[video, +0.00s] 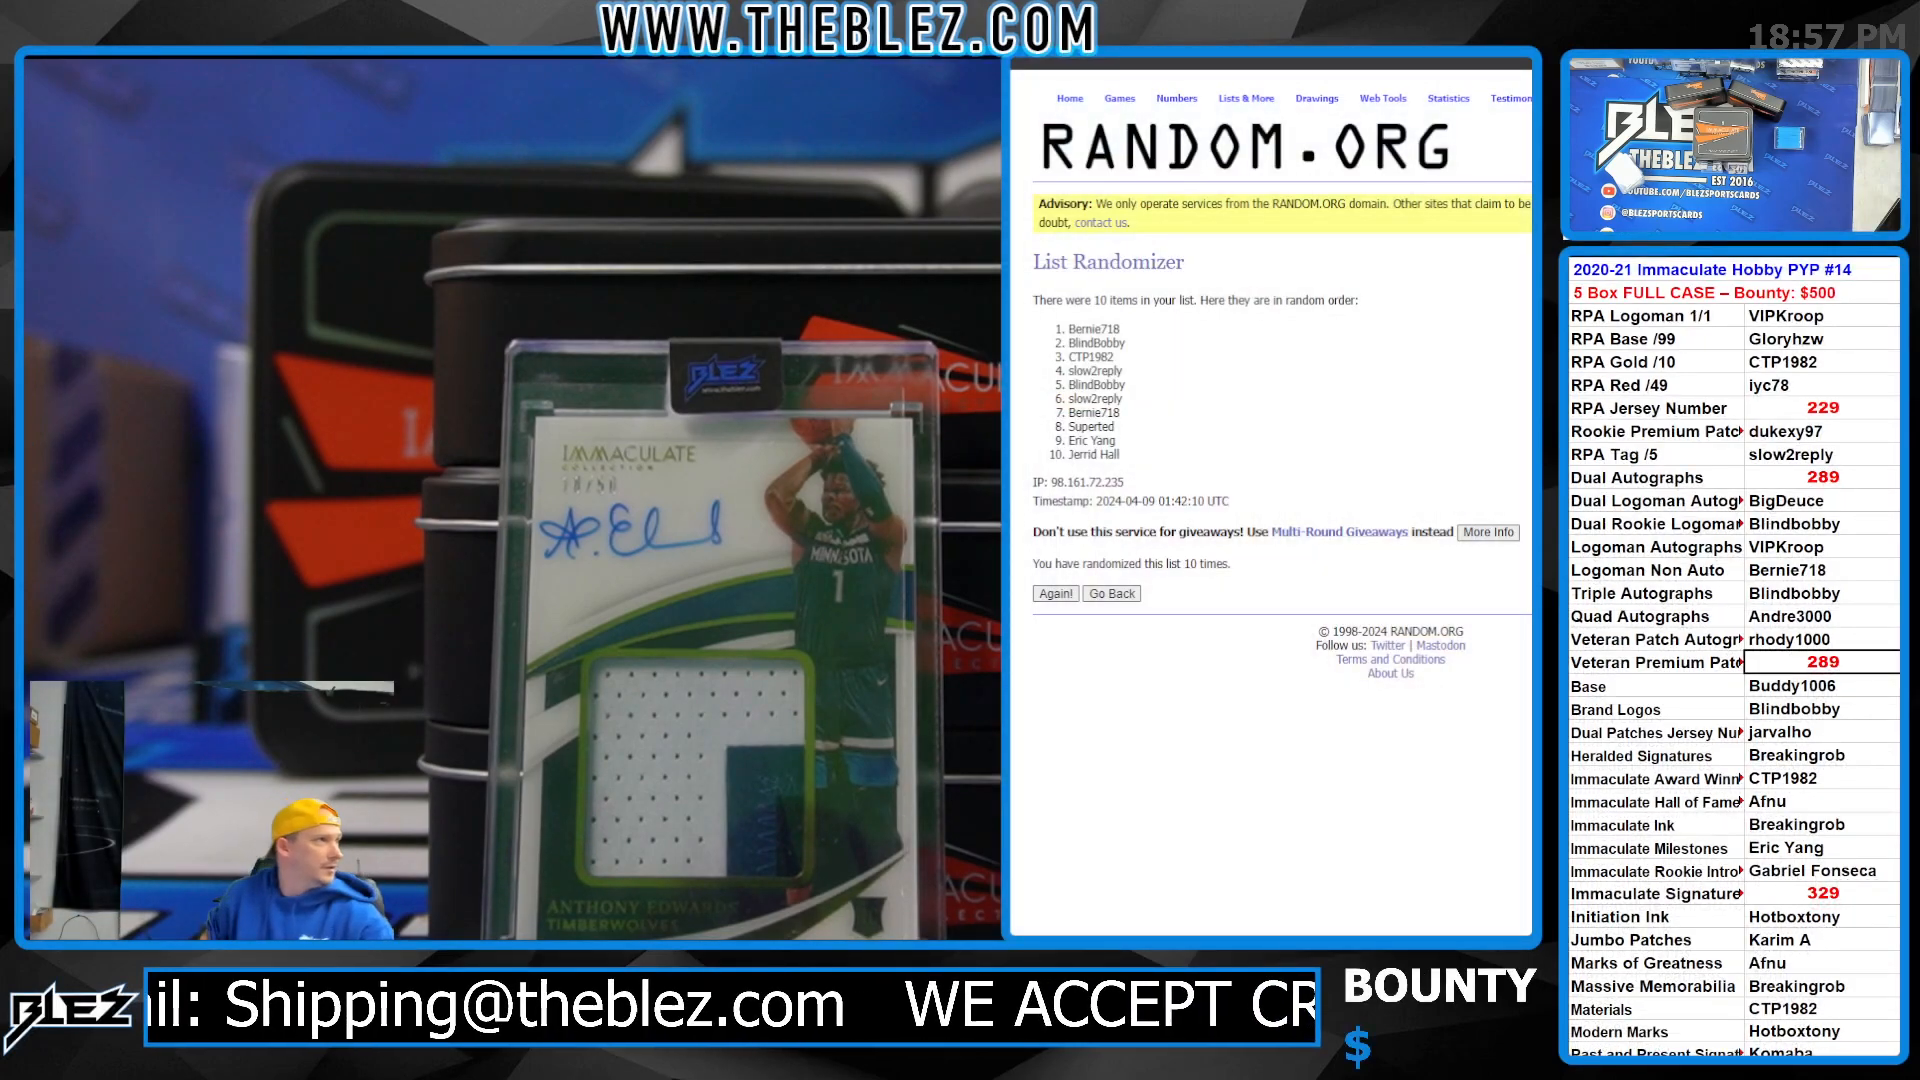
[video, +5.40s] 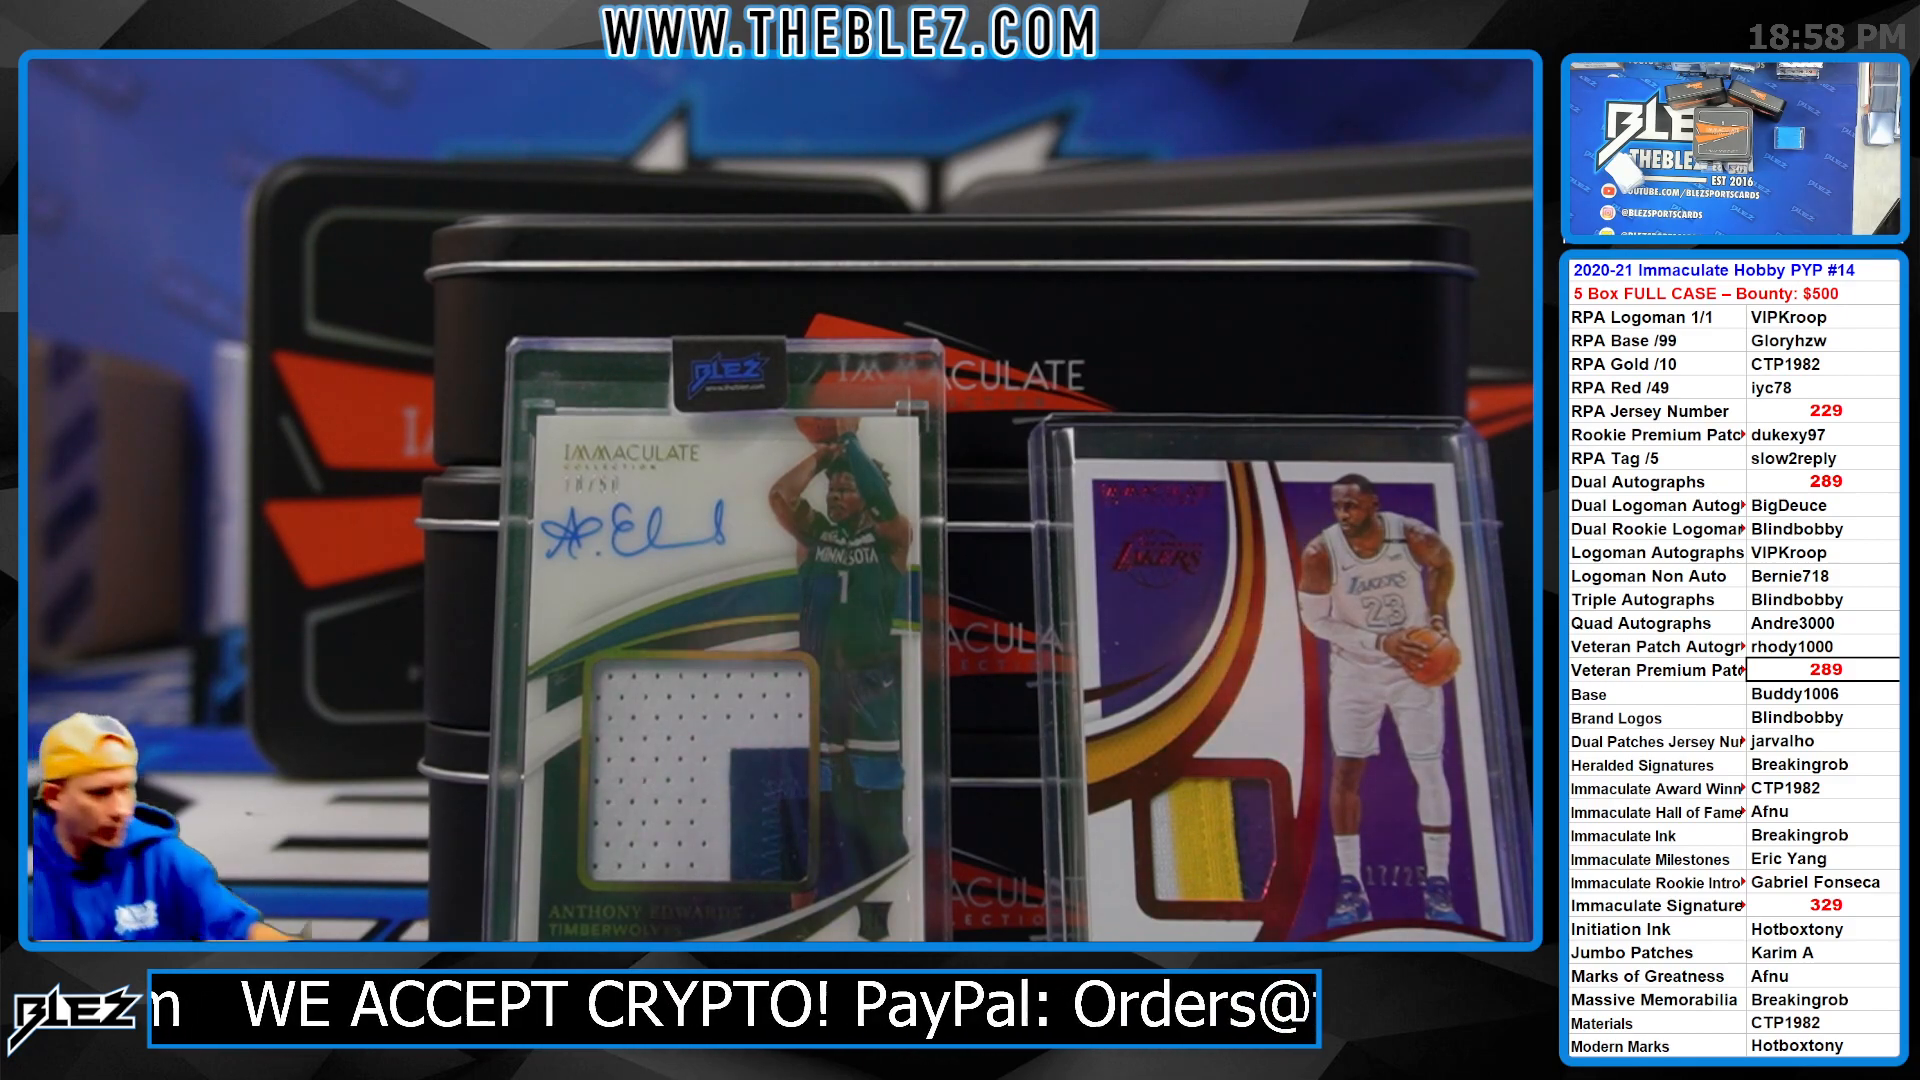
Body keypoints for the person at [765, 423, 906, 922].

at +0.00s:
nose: (835, 495)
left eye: (845, 488)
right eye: (829, 487)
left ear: (863, 495)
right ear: (821, 493)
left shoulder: (884, 539)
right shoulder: (809, 533)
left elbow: (880, 505)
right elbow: (776, 496)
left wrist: (846, 449)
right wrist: (813, 460)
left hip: (866, 675)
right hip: (813, 673)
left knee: (870, 789)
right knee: (818, 787)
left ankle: (872, 894)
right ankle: (823, 887)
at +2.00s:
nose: (835, 497)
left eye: (843, 490)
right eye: (829, 490)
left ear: (862, 495)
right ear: (822, 496)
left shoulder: (884, 539)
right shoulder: (811, 533)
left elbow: (876, 496)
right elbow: (776, 496)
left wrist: (843, 445)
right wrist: (815, 459)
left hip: (865, 679)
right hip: (813, 679)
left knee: (873, 797)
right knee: (820, 795)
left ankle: (873, 895)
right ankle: (820, 888)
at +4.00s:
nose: (841, 495)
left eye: (851, 488)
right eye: (835, 487)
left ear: (868, 495)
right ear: (826, 493)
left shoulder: (890, 539)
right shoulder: (815, 533)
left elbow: (884, 506)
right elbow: (780, 496)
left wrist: (851, 449)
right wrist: (818, 459)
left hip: (871, 677)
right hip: (818, 676)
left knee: (878, 796)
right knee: (822, 792)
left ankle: (876, 902)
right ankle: (821, 891)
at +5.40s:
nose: (840, 494)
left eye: (850, 487)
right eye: (834, 486)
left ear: (868, 494)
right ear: (826, 493)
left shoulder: (890, 539)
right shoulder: (815, 534)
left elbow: (885, 504)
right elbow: (780, 496)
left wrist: (851, 447)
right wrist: (819, 458)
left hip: (873, 680)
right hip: (821, 679)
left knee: (874, 793)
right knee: (827, 792)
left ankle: (879, 901)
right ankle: (829, 892)